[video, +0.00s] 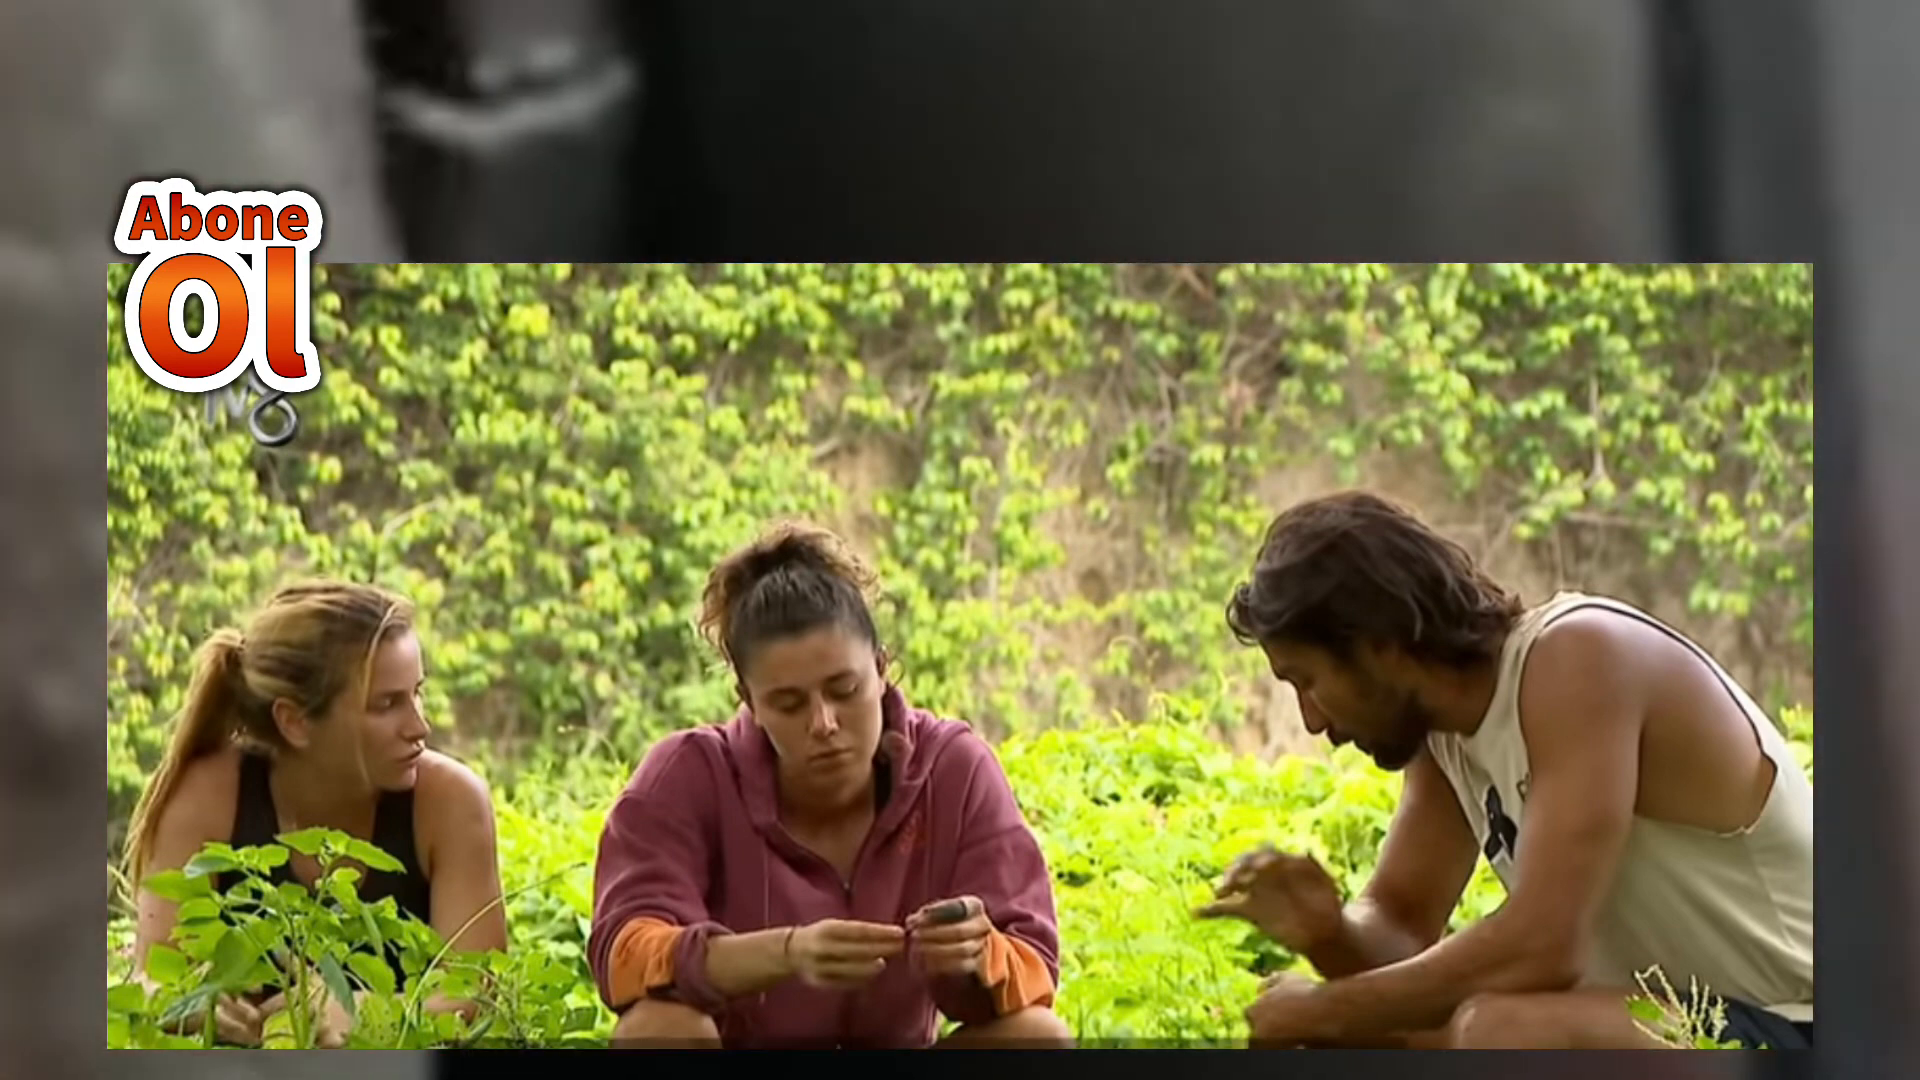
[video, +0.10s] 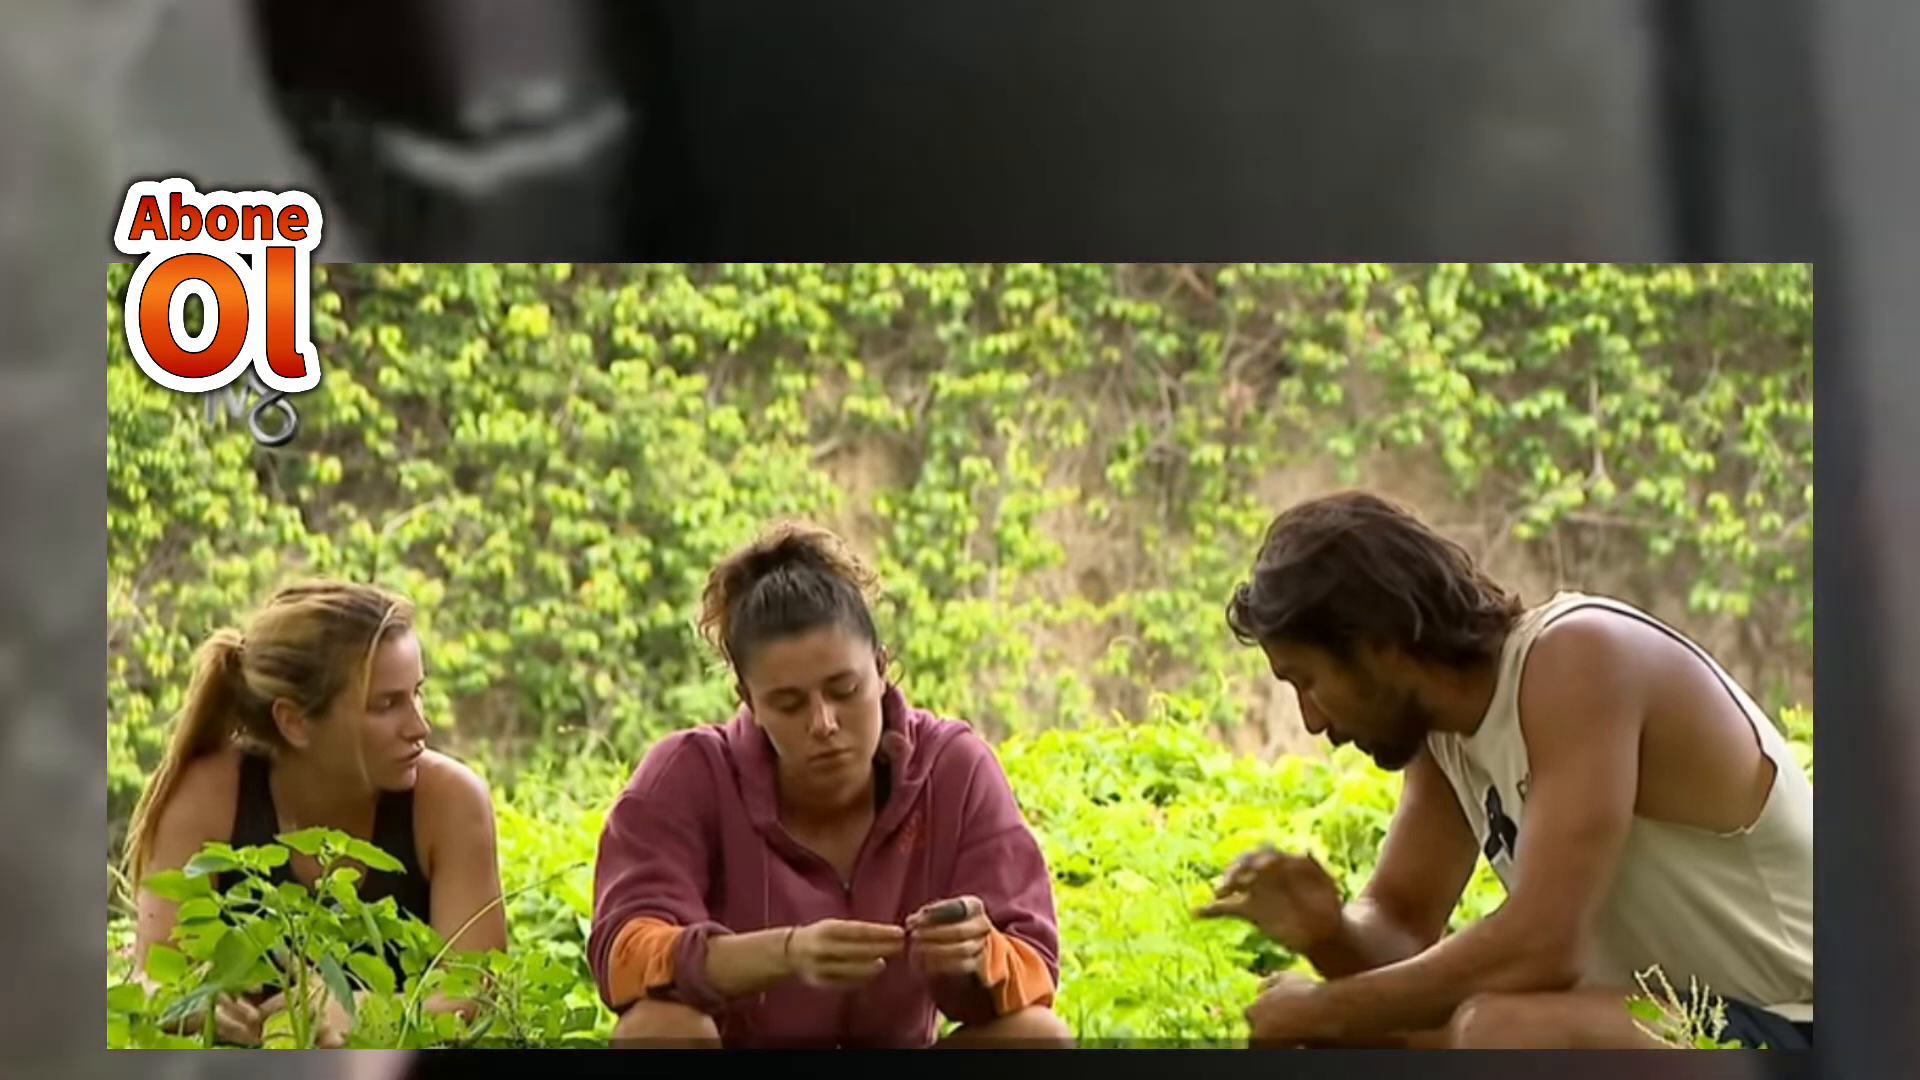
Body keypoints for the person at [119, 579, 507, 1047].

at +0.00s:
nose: (420, 725)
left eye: (417, 695)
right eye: (388, 705)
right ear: (295, 723)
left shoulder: (451, 799)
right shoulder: (206, 792)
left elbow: (471, 1002)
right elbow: (152, 983)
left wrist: (355, 1013)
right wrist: (199, 1008)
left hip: (387, 1065)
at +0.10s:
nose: (420, 725)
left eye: (417, 695)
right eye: (388, 705)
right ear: (295, 722)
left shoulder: (451, 799)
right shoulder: (206, 792)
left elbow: (470, 1003)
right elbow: (152, 984)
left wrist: (355, 1013)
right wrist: (199, 1009)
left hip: (386, 1064)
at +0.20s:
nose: (420, 725)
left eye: (417, 695)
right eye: (388, 705)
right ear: (295, 722)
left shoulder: (451, 799)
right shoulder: (205, 792)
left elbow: (470, 1003)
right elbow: (153, 984)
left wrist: (355, 1013)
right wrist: (200, 1009)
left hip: (389, 1063)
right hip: (236, 1063)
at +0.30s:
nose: (420, 726)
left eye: (417, 695)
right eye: (388, 705)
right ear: (295, 722)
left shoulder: (451, 800)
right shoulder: (205, 792)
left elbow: (470, 1003)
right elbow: (152, 986)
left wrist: (354, 1013)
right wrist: (202, 1009)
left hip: (385, 1062)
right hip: (241, 1059)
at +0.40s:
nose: (420, 725)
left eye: (417, 695)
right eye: (388, 705)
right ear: (295, 723)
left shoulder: (451, 800)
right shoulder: (206, 792)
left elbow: (470, 1003)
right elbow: (153, 984)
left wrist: (354, 1013)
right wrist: (199, 1009)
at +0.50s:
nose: (420, 725)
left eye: (417, 695)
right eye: (388, 705)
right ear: (295, 723)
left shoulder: (451, 800)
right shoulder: (205, 792)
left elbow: (470, 1003)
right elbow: (153, 984)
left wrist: (354, 1013)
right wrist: (200, 1009)